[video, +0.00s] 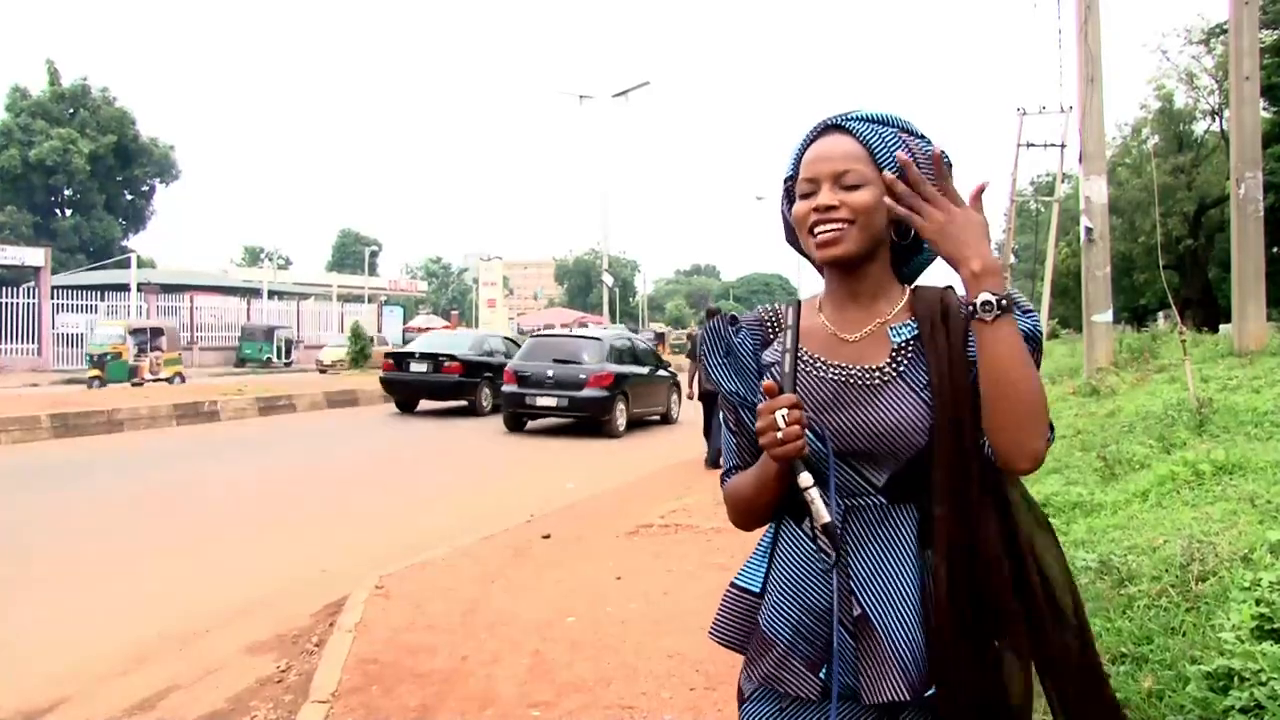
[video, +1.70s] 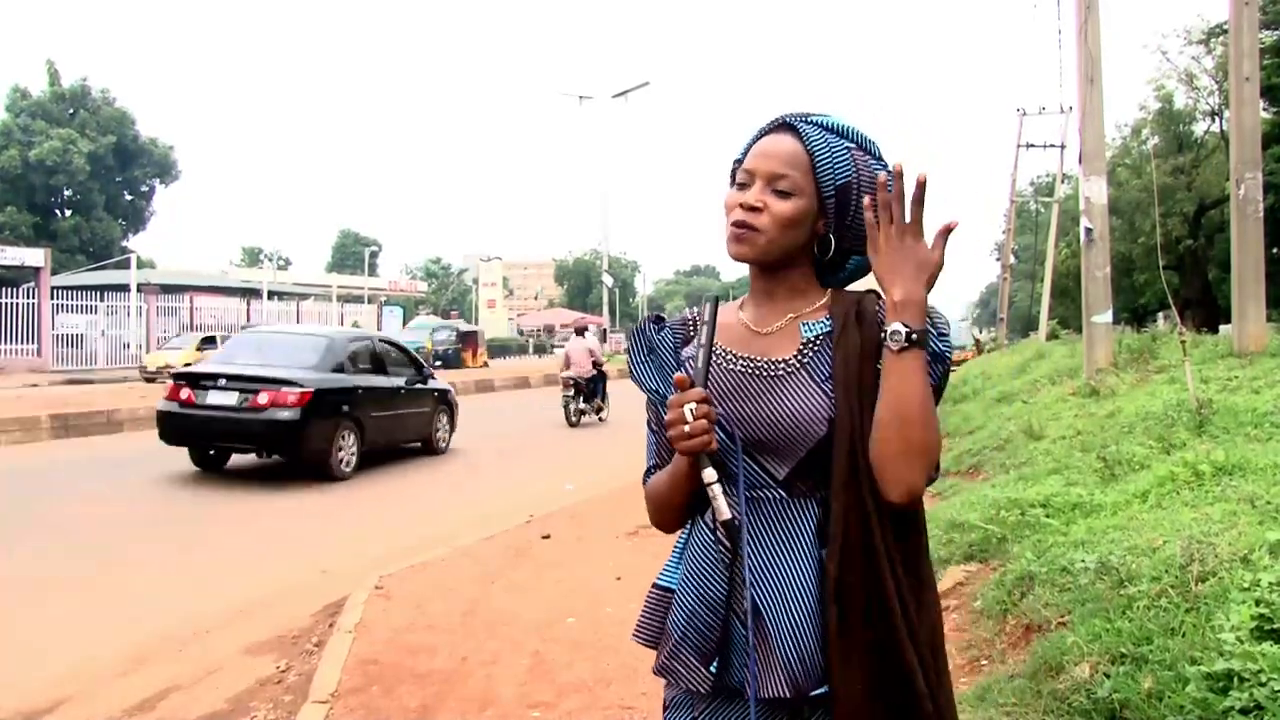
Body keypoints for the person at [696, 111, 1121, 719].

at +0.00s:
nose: (822, 203)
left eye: (849, 183)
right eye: (806, 190)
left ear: (897, 202)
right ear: (792, 216)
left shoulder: (962, 321)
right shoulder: (761, 341)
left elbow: (1023, 451)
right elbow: (741, 512)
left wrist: (980, 271)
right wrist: (775, 462)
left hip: (929, 643)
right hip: (797, 641)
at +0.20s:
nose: (808, 200)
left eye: (835, 182)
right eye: (794, 188)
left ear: (892, 203)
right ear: (781, 212)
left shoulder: (954, 318)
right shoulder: (751, 336)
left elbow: (1023, 471)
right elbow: (733, 511)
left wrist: (977, 299)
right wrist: (757, 456)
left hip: (909, 627)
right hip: (782, 626)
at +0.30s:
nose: (796, 205)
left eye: (822, 184)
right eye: (783, 191)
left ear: (877, 201)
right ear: (772, 210)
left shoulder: (947, 327)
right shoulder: (750, 338)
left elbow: (996, 492)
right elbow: (730, 511)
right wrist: (751, 462)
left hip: (904, 623)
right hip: (779, 621)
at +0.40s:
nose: (786, 206)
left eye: (812, 183)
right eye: (774, 193)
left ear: (870, 197)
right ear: (766, 209)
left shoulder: (944, 333)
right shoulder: (746, 337)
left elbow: (972, 503)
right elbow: (727, 508)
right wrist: (745, 462)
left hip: (896, 632)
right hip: (772, 631)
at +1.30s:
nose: (774, 204)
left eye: (804, 188)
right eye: (762, 186)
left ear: (847, 214)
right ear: (745, 203)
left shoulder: (909, 331)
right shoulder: (704, 336)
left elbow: (939, 505)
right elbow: (675, 507)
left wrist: (930, 441)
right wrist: (727, 459)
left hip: (873, 642)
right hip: (741, 639)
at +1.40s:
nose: (771, 201)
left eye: (801, 187)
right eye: (758, 184)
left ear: (843, 214)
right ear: (741, 202)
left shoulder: (898, 329)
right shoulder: (698, 335)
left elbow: (935, 502)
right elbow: (670, 507)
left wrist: (932, 383)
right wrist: (715, 458)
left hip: (860, 625)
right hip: (736, 624)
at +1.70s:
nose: (748, 201)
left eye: (780, 190)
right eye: (742, 182)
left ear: (823, 222)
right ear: (726, 194)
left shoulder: (877, 327)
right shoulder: (684, 338)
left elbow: (902, 482)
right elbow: (663, 516)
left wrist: (906, 306)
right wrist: (684, 458)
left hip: (837, 644)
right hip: (713, 641)